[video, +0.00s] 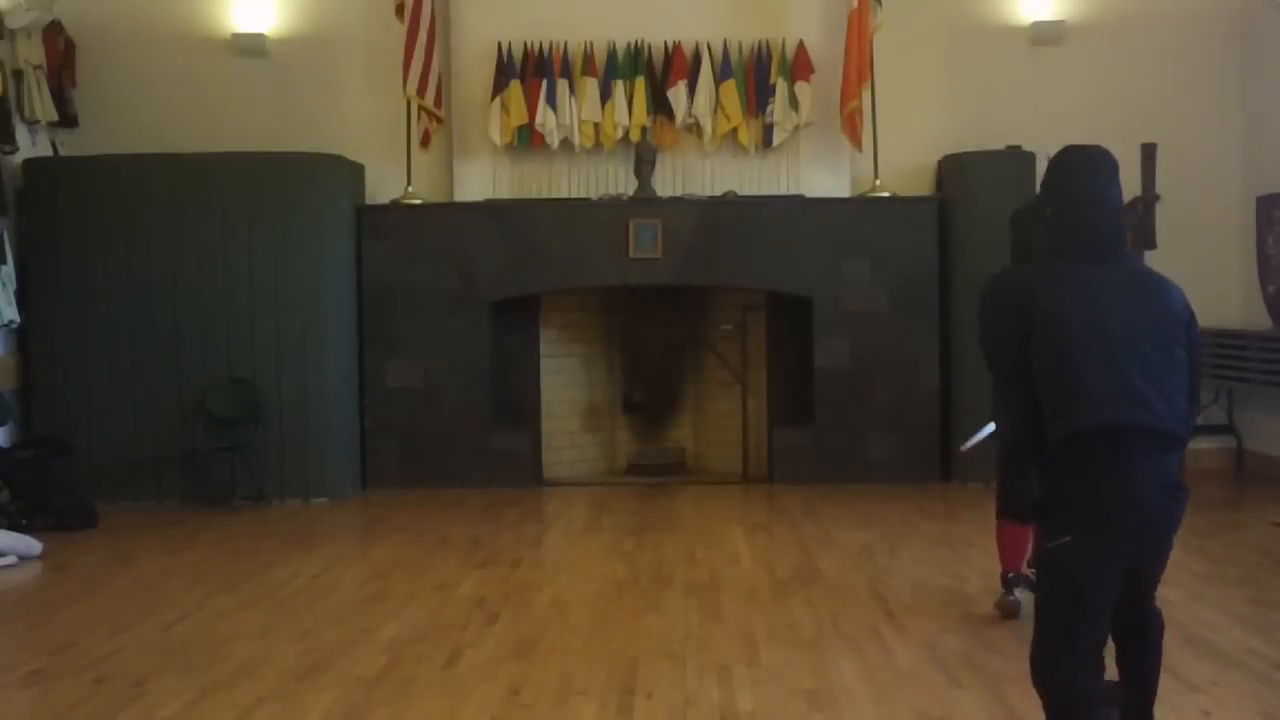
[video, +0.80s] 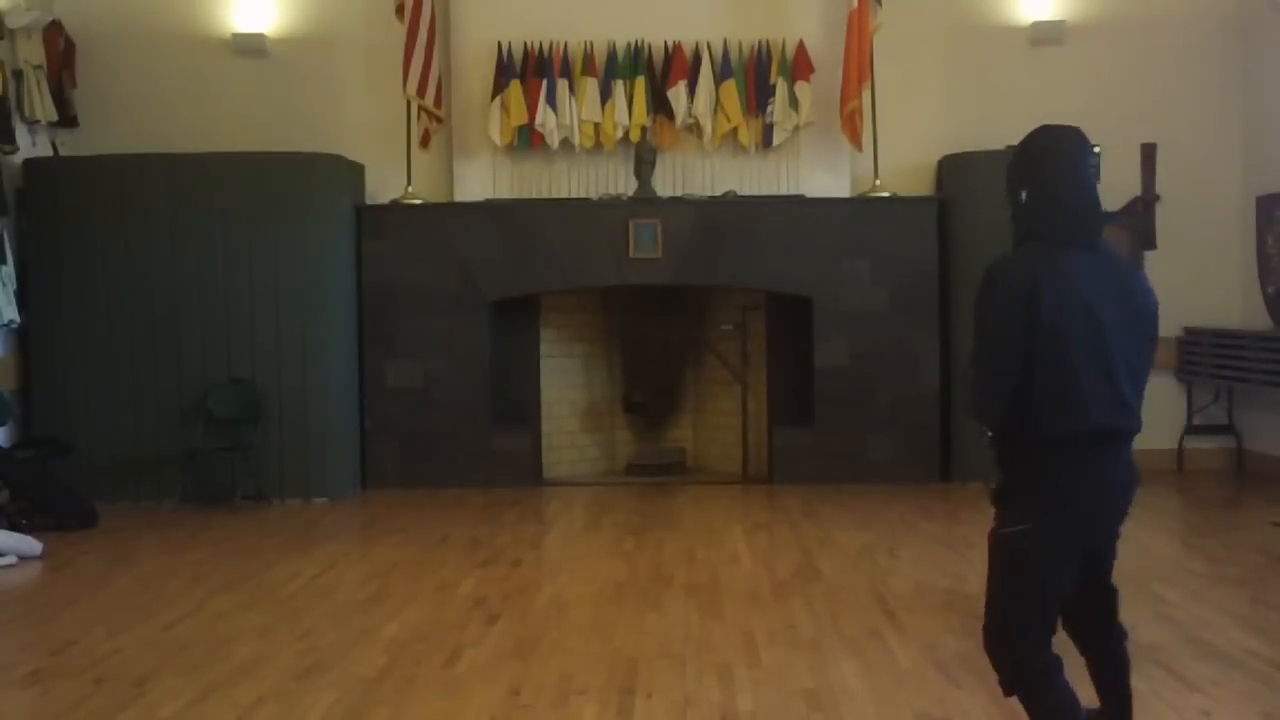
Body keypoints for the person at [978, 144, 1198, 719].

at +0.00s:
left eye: (1059, 202)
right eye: (1110, 200)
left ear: (1050, 208)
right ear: (1117, 209)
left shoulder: (1016, 290)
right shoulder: (1165, 294)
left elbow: (1017, 408)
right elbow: (1185, 405)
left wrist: (1019, 502)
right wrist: (1150, 464)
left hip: (1076, 490)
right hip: (1157, 486)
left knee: (1064, 660)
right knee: (1138, 609)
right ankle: (1138, 709)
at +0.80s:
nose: (1013, 198)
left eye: (1017, 187)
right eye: (1017, 186)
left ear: (1027, 194)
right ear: (1089, 192)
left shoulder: (1013, 279)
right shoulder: (1129, 282)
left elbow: (988, 396)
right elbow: (1132, 378)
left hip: (1040, 476)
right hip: (1111, 472)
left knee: (1015, 639)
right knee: (1090, 604)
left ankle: (1067, 711)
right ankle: (1118, 707)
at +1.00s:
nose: (973, 179)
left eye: (976, 169)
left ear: (983, 176)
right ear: (1046, 169)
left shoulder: (978, 259)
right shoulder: (1084, 253)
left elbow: (957, 371)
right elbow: (1138, 326)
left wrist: (981, 427)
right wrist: (1085, 377)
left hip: (1020, 456)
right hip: (1082, 450)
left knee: (1026, 618)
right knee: (1016, 600)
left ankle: (1064, 709)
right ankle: (1027, 707)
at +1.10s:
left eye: (949, 165)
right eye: (1021, 157)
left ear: (954, 169)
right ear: (1022, 167)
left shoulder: (944, 252)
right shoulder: (1058, 254)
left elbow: (925, 363)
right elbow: (1098, 337)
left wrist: (945, 418)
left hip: (986, 454)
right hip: (1050, 451)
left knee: (1038, 634)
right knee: (968, 598)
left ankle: (1076, 706)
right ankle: (964, 710)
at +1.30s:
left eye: (891, 176)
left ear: (890, 182)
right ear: (955, 183)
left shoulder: (870, 265)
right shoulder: (991, 264)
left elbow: (850, 383)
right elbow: (1012, 362)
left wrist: (892, 447)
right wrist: (980, 434)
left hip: (924, 465)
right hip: (978, 460)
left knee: (999, 639)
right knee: (889, 623)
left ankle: (1053, 705)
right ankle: (877, 709)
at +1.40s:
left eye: (856, 173)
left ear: (852, 180)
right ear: (916, 184)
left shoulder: (829, 266)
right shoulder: (947, 271)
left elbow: (819, 378)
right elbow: (967, 369)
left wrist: (848, 451)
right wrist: (937, 439)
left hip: (878, 470)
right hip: (930, 466)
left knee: (917, 644)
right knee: (853, 626)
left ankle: (1001, 711)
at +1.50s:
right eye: (874, 164)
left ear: (815, 170)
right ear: (879, 173)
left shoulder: (787, 255)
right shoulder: (906, 258)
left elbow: (761, 379)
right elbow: (938, 351)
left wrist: (810, 428)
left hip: (836, 463)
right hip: (900, 459)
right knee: (851, 630)